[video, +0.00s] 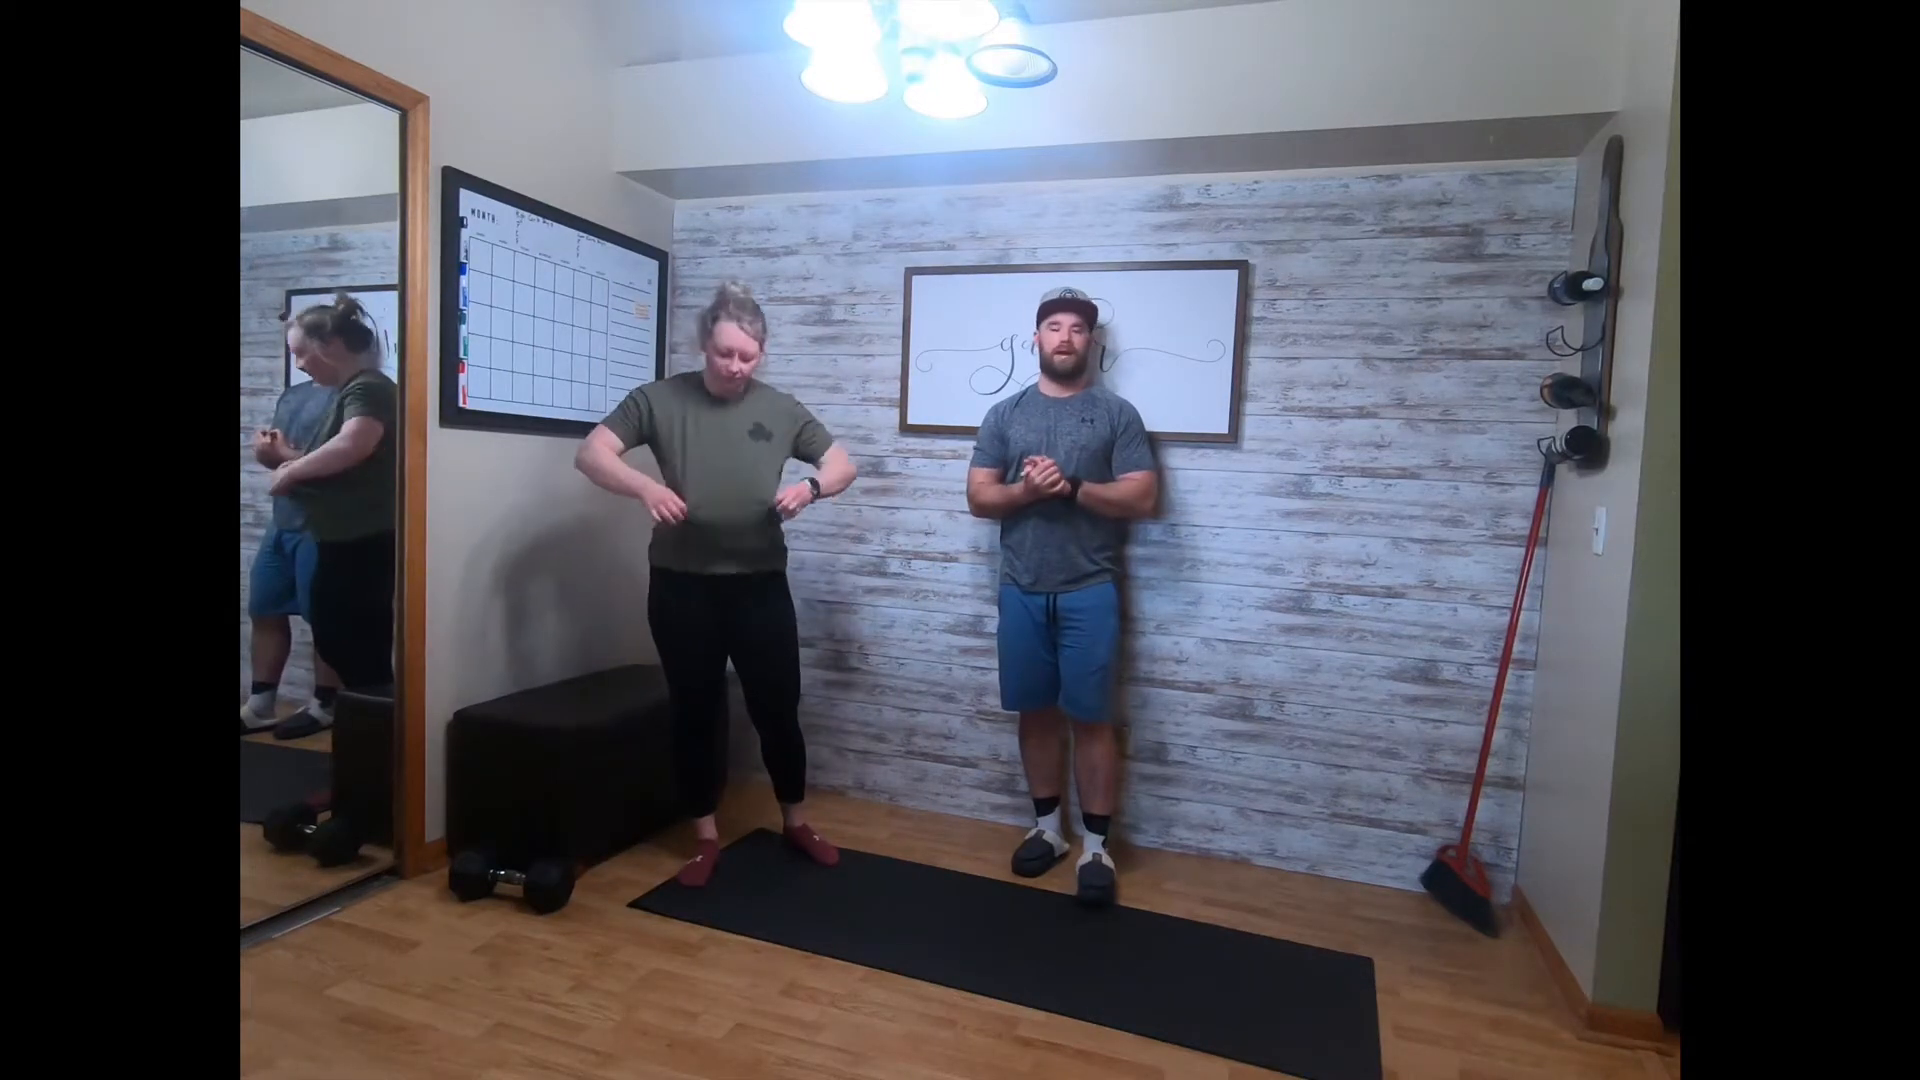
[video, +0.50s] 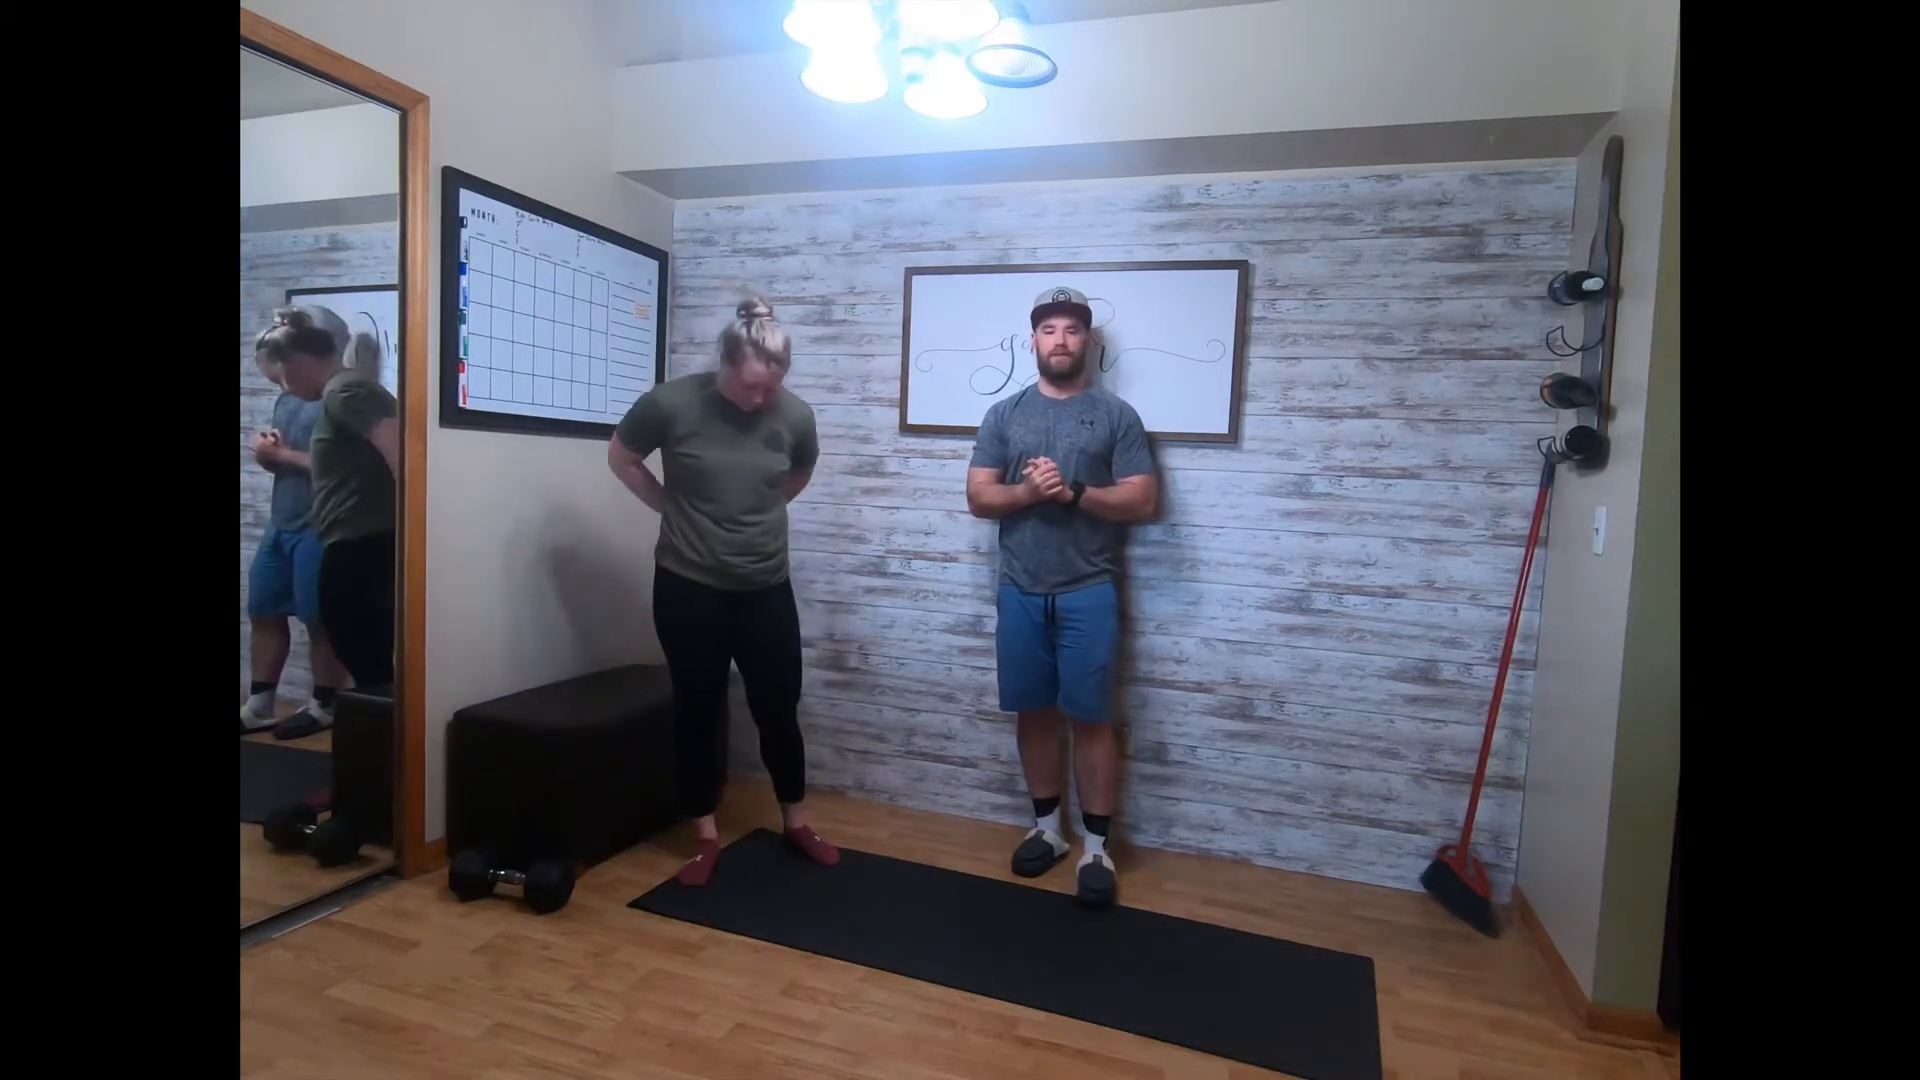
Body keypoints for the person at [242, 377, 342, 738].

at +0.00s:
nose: (298, 362)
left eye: (303, 353)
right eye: (294, 353)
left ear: (325, 347)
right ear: (290, 352)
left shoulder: (344, 397)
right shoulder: (291, 394)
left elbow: (333, 460)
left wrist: (283, 456)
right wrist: (275, 449)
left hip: (322, 527)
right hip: (283, 523)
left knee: (323, 619)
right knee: (265, 609)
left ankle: (325, 705)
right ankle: (261, 703)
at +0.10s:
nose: (291, 361)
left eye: (296, 353)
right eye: (289, 354)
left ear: (319, 346)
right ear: (288, 349)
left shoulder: (344, 397)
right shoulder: (290, 395)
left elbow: (334, 461)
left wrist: (284, 456)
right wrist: (274, 450)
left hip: (322, 530)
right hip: (283, 525)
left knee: (324, 622)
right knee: (265, 608)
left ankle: (326, 705)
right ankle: (261, 702)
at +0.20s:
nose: (286, 379)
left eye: (288, 369)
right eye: (281, 372)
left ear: (308, 357)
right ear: (283, 366)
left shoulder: (341, 398)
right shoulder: (290, 396)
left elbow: (335, 464)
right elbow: (280, 453)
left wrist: (283, 455)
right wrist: (270, 447)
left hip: (320, 531)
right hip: (282, 527)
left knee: (323, 622)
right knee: (266, 610)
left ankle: (326, 706)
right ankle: (261, 702)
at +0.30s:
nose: (281, 383)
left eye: (283, 374)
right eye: (277, 376)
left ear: (306, 360)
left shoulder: (340, 402)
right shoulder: (287, 399)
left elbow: (336, 463)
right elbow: (280, 461)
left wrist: (284, 454)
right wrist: (272, 449)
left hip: (321, 530)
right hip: (282, 528)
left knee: (324, 620)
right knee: (264, 609)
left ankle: (326, 706)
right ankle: (261, 703)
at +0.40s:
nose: (279, 383)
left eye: (281, 374)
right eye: (274, 377)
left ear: (303, 356)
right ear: (275, 366)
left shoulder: (333, 403)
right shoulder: (286, 399)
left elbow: (332, 464)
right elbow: (282, 463)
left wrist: (284, 453)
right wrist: (271, 449)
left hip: (320, 530)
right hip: (282, 528)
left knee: (322, 618)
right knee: (264, 609)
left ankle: (325, 705)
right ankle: (261, 702)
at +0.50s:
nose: (280, 387)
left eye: (280, 378)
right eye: (274, 380)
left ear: (299, 361)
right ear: (277, 368)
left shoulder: (333, 406)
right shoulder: (285, 404)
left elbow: (333, 466)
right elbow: (288, 461)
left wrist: (282, 454)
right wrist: (272, 449)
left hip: (317, 529)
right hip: (280, 527)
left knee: (318, 617)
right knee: (264, 610)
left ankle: (325, 705)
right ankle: (261, 702)